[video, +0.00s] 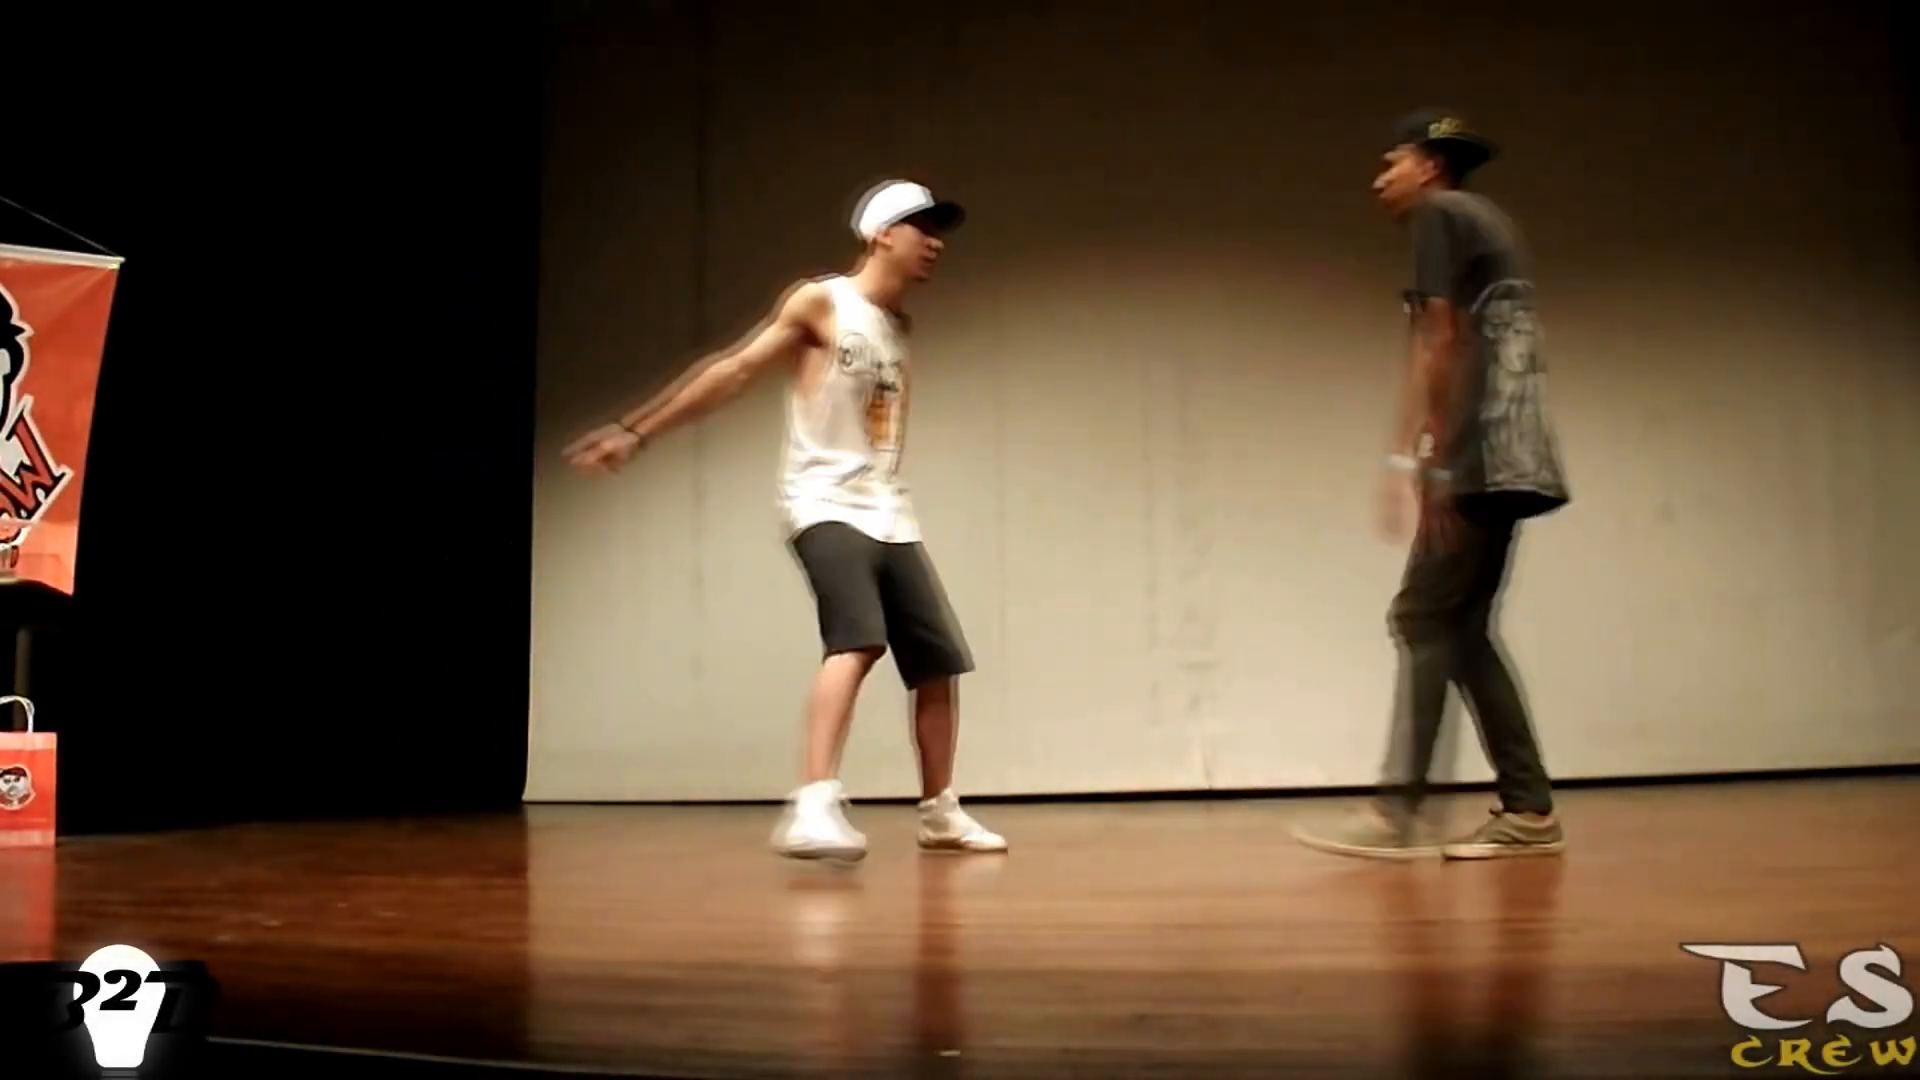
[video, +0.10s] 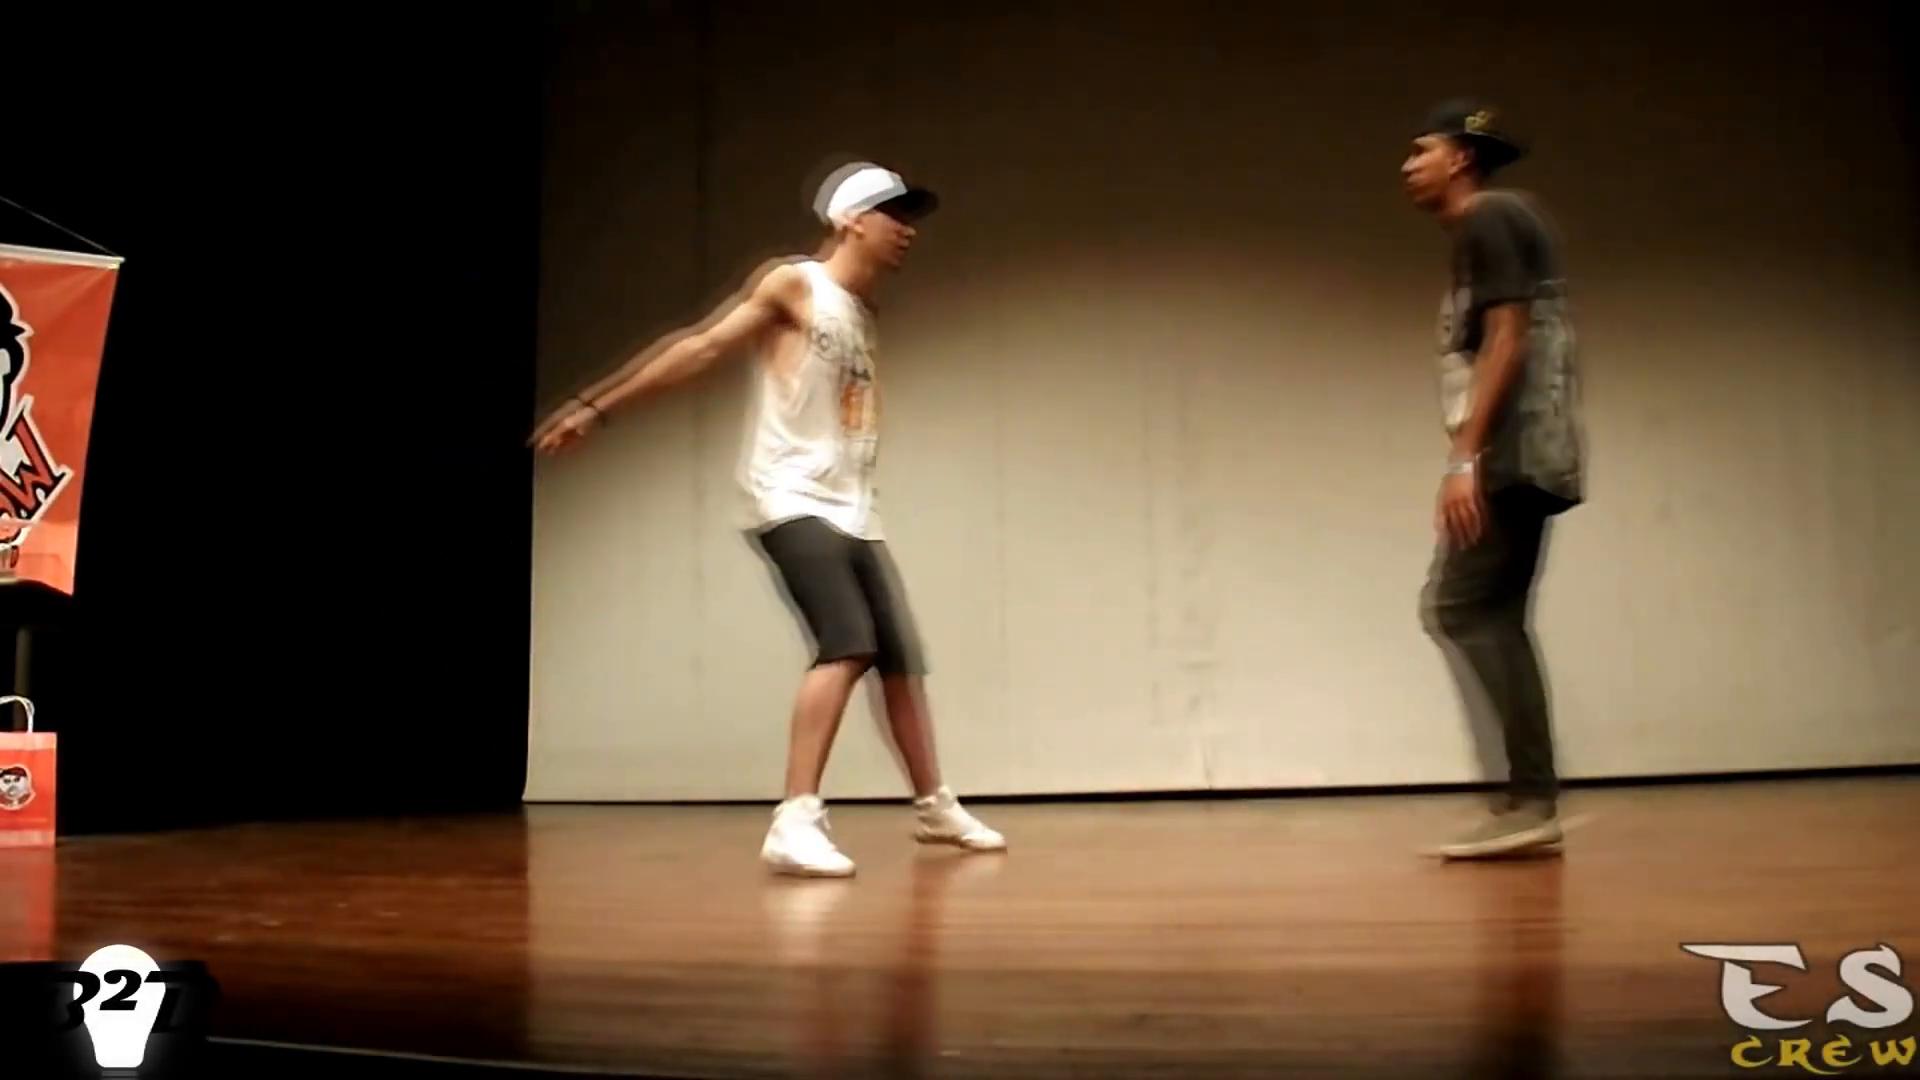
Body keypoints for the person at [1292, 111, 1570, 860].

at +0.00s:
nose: (1383, 175)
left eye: (1395, 161)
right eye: (1386, 163)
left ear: (1434, 163)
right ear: (1443, 165)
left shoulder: (1440, 214)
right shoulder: (1480, 218)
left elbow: (1445, 342)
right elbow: (1480, 351)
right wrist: (1440, 459)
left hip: (1471, 467)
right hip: (1501, 467)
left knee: (1421, 621)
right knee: (1465, 630)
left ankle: (1396, 813)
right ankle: (1529, 809)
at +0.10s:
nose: (1407, 165)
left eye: (1420, 151)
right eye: (1410, 152)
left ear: (1461, 156)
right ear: (1461, 160)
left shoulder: (1491, 219)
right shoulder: (1498, 221)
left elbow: (1505, 344)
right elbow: (1514, 349)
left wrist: (1463, 455)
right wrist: (1477, 458)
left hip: (1512, 463)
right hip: (1519, 466)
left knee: (1457, 607)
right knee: (1497, 617)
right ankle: (1529, 802)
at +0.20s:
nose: (1447, 158)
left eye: (1461, 143)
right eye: (1450, 145)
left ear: (1503, 148)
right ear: (1504, 152)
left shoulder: (1528, 208)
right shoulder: (1530, 217)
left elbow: (1548, 323)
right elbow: (1545, 341)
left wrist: (1496, 442)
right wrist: (1506, 451)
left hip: (1540, 455)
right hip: (1544, 457)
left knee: (1512, 611)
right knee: (1531, 619)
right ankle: (1536, 806)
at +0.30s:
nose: (1483, 155)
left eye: (1496, 140)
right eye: (1486, 142)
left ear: (1540, 147)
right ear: (1537, 150)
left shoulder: (1568, 210)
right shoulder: (1569, 217)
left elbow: (1582, 322)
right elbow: (1583, 343)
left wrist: (1535, 440)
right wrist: (1549, 456)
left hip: (1587, 465)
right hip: (1575, 466)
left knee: (1576, 619)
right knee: (1565, 626)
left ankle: (1746, 752)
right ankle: (1542, 810)